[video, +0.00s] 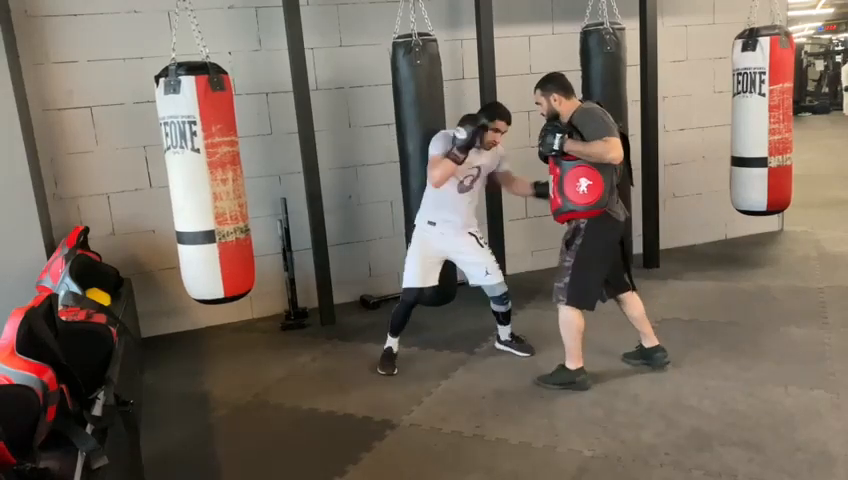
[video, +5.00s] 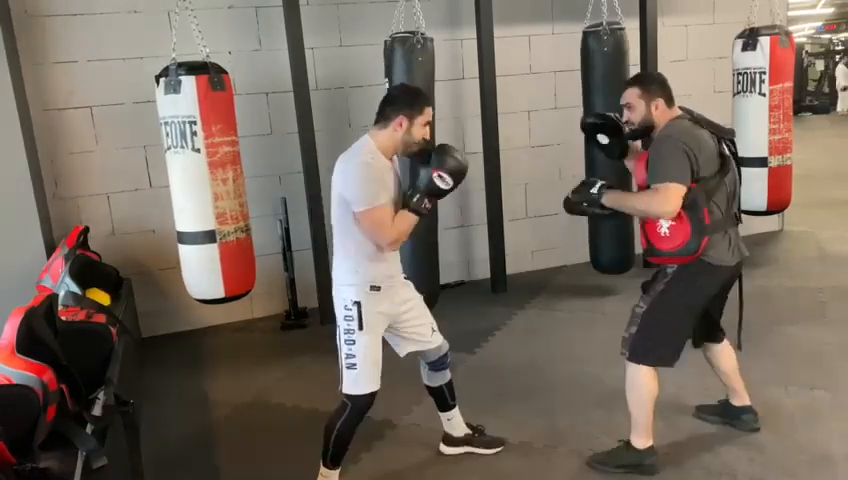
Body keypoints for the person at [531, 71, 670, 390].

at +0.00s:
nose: (540, 111)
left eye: (540, 103)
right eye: (538, 104)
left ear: (554, 98)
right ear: (560, 97)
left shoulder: (588, 114)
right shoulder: (576, 123)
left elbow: (614, 152)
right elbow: (582, 178)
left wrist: (566, 144)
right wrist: (537, 189)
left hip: (594, 220)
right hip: (605, 218)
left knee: (568, 293)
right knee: (619, 285)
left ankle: (573, 368)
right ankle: (652, 346)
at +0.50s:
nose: (580, 112)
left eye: (580, 106)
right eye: (577, 106)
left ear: (592, 100)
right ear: (605, 95)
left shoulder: (607, 120)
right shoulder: (635, 114)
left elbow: (601, 161)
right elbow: (633, 162)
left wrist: (569, 144)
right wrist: (586, 161)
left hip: (622, 223)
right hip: (654, 219)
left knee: (588, 294)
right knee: (658, 288)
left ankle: (577, 368)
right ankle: (676, 353)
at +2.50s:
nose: (576, 104)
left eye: (577, 97)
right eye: (575, 97)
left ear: (592, 94)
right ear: (605, 91)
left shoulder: (600, 119)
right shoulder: (636, 112)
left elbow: (601, 164)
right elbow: (661, 154)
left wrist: (572, 149)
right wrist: (621, 148)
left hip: (607, 225)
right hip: (642, 223)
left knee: (572, 290)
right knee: (655, 287)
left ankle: (573, 359)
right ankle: (680, 355)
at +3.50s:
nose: (607, 101)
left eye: (609, 93)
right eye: (606, 94)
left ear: (625, 89)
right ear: (634, 89)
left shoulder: (647, 111)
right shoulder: (662, 107)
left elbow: (660, 151)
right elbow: (660, 153)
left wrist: (612, 140)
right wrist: (615, 140)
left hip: (660, 214)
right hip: (682, 212)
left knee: (624, 286)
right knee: (685, 282)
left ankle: (624, 364)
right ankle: (700, 350)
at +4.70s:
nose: (605, 113)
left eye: (606, 106)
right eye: (604, 107)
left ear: (624, 104)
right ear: (635, 101)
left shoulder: (645, 128)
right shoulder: (665, 117)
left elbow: (640, 180)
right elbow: (670, 164)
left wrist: (596, 181)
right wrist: (621, 154)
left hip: (672, 226)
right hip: (697, 221)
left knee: (633, 295)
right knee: (688, 278)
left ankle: (625, 377)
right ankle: (727, 342)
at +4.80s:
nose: (602, 114)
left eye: (603, 107)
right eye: (600, 108)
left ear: (620, 104)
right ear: (632, 100)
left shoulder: (639, 127)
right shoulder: (662, 116)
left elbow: (638, 178)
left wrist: (592, 204)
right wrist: (615, 136)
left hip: (670, 224)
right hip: (697, 219)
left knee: (633, 297)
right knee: (685, 278)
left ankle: (625, 377)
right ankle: (717, 342)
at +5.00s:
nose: (625, 116)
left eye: (630, 108)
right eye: (623, 109)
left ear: (658, 104)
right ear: (663, 106)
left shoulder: (670, 141)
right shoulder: (691, 129)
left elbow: (665, 204)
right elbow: (661, 184)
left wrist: (604, 197)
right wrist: (626, 149)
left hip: (694, 263)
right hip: (723, 255)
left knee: (640, 348)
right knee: (705, 327)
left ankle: (639, 447)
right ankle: (741, 405)